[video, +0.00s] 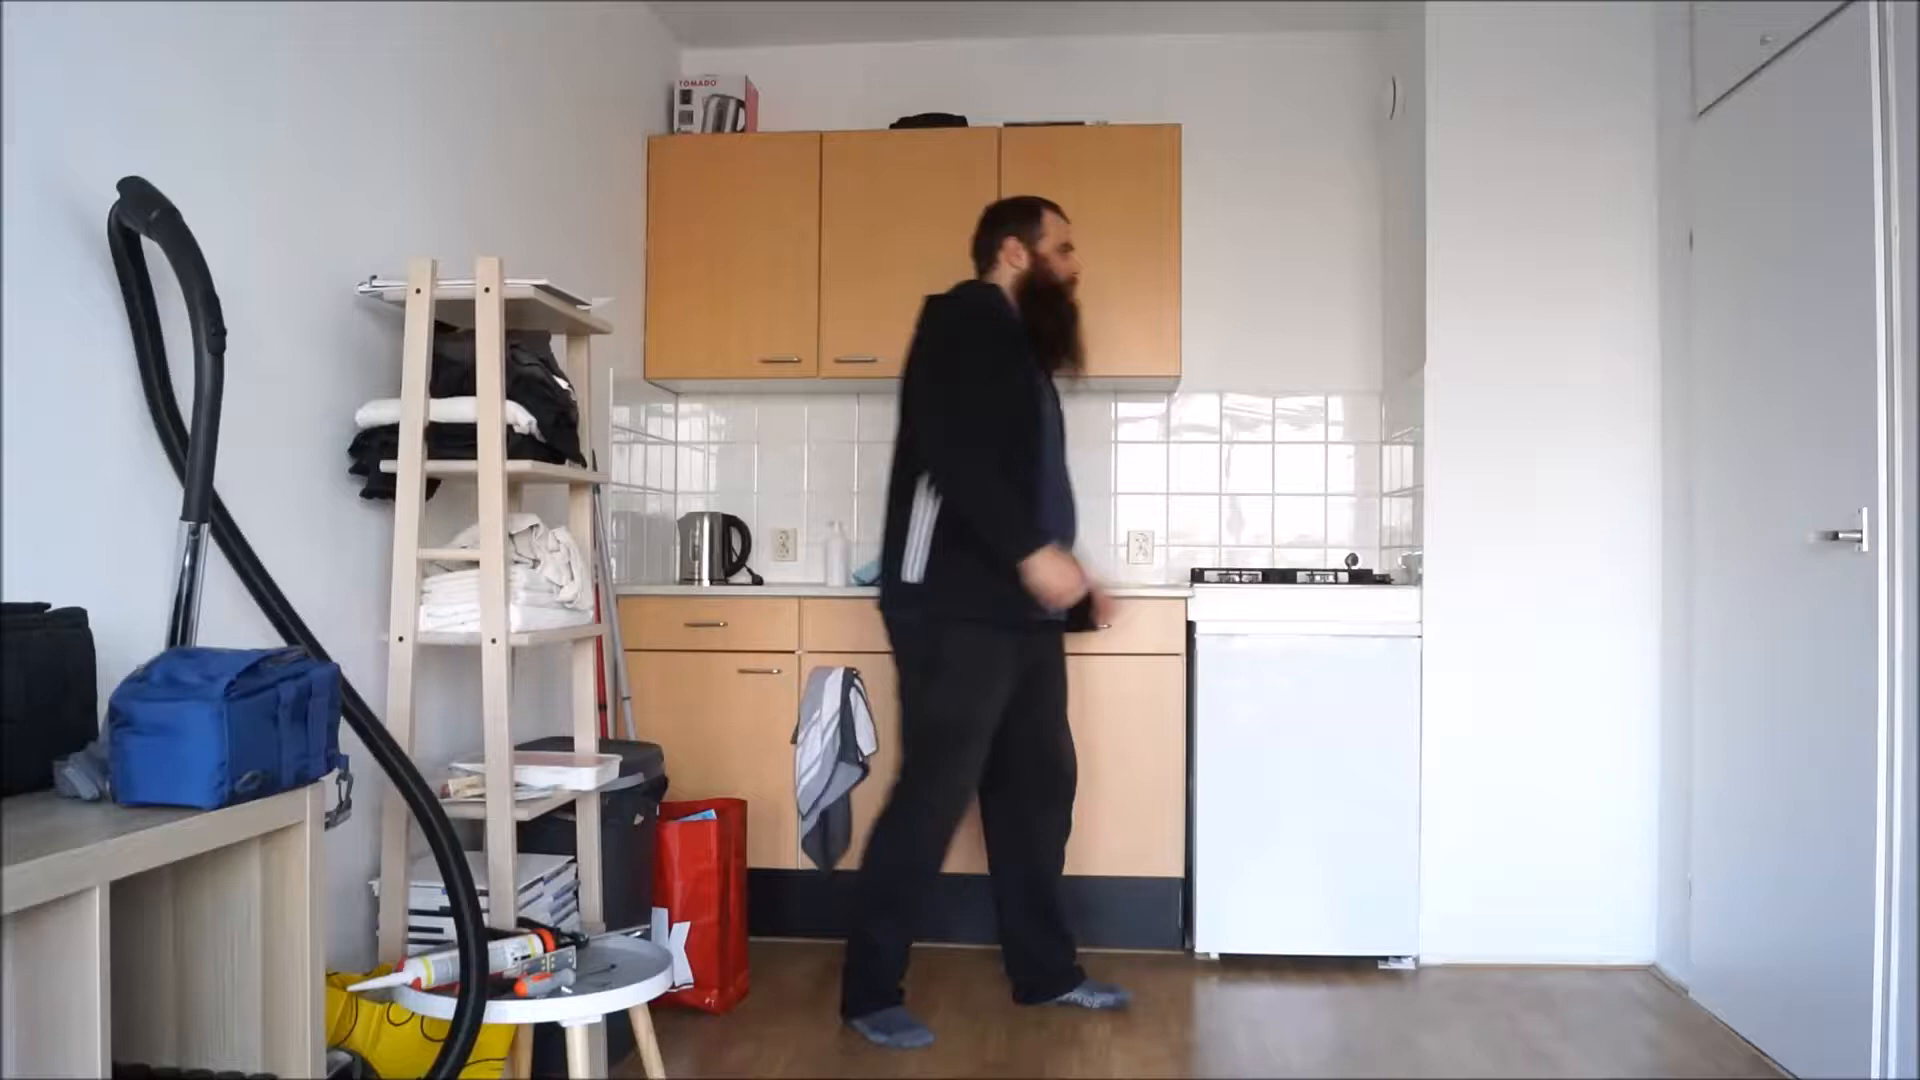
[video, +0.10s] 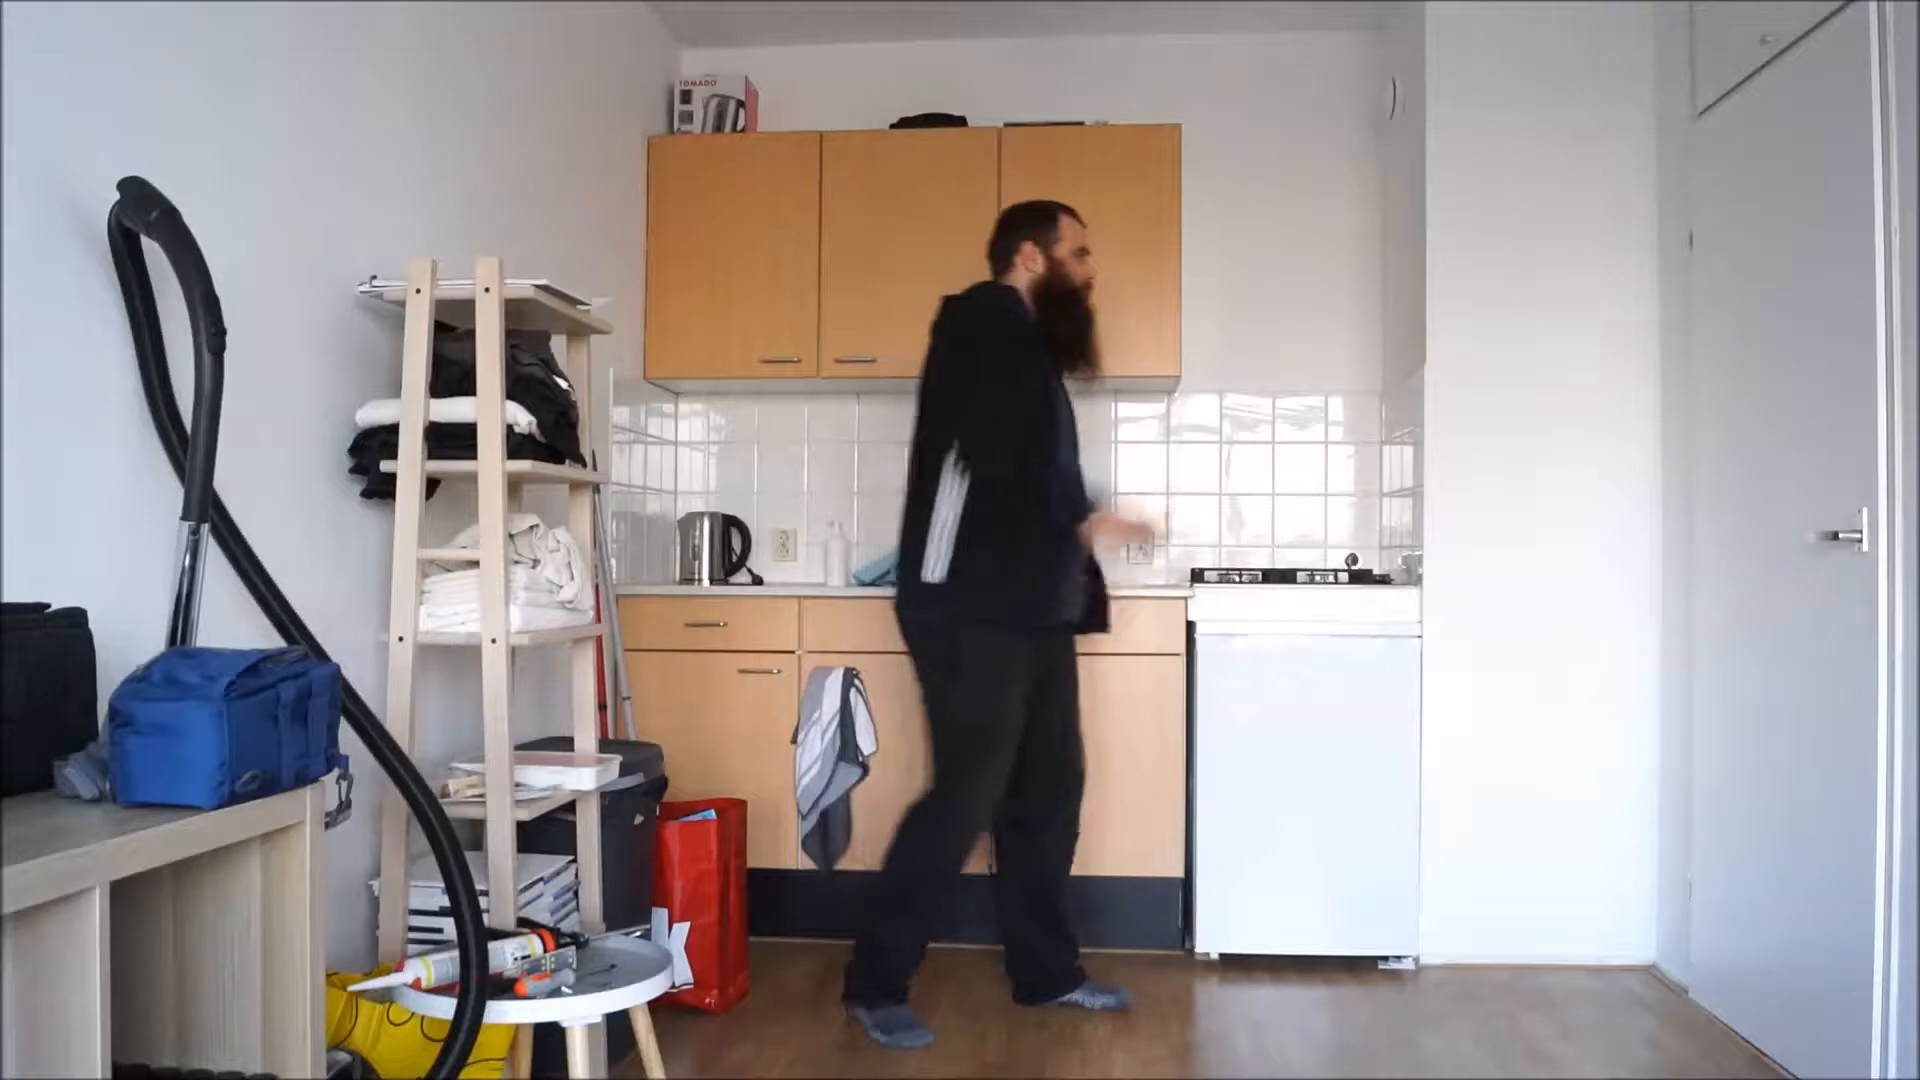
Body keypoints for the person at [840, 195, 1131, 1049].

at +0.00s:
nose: (1075, 262)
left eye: (1074, 249)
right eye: (1063, 247)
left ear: (1020, 256)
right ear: (1011, 252)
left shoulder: (1016, 340)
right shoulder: (962, 319)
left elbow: (1020, 476)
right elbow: (957, 453)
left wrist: (1063, 576)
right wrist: (1026, 549)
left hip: (1015, 606)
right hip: (951, 604)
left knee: (1033, 786)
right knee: (934, 794)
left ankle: (1042, 973)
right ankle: (868, 993)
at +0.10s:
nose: (1090, 267)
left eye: (1089, 254)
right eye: (1079, 252)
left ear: (1032, 258)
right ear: (1028, 256)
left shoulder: (1022, 337)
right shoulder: (984, 321)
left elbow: (1032, 469)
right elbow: (1001, 457)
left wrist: (1085, 523)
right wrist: (1087, 516)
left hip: (1028, 603)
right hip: (967, 604)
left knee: (1044, 787)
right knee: (970, 789)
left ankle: (1043, 973)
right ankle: (874, 984)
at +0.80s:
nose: (1211, 390)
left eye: (1214, 378)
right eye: (1206, 375)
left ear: (1174, 361)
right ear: (1169, 352)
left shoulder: (1154, 413)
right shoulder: (1087, 379)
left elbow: (1223, 497)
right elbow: (1155, 500)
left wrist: (1233, 401)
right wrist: (1213, 407)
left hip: (1067, 641)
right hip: (987, 631)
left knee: (1137, 770)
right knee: (1063, 801)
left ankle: (1116, 957)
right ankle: (1015, 1028)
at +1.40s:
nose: (1199, 313)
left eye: (1199, 299)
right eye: (1195, 298)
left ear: (1135, 289)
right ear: (1158, 292)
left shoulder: (1102, 343)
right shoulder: (1130, 343)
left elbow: (1218, 420)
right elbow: (1247, 405)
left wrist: (1207, 328)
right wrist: (1218, 316)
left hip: (1092, 608)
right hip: (1069, 610)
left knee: (1149, 775)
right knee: (1104, 801)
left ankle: (1119, 956)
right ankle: (1028, 1017)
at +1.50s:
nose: (1221, 349)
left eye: (1222, 335)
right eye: (1217, 333)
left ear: (1164, 314)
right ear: (1183, 320)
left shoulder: (1132, 360)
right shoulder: (1141, 355)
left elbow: (1227, 451)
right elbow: (1248, 441)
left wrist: (1232, 363)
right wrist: (1242, 354)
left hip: (1084, 613)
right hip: (1048, 612)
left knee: (1149, 769)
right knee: (1108, 798)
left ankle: (1119, 957)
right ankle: (1028, 1018)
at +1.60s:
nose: (1238, 394)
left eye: (1242, 384)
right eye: (1238, 381)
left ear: (1193, 353)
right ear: (1206, 359)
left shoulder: (1159, 392)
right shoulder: (1150, 380)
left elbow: (1223, 494)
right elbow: (1249, 487)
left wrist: (1246, 411)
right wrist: (1261, 405)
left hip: (1072, 626)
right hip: (1027, 622)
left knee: (1148, 769)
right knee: (1110, 799)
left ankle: (1119, 958)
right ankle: (1014, 1015)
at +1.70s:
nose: (1258, 450)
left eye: (1261, 440)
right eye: (1260, 437)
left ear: (1215, 412)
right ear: (1226, 415)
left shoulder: (1168, 438)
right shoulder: (1164, 428)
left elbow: (1220, 558)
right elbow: (1236, 560)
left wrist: (1250, 470)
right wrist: (1271, 469)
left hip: (1070, 656)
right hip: (1012, 653)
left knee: (1156, 773)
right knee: (1107, 826)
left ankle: (1119, 959)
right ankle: (1008, 1024)